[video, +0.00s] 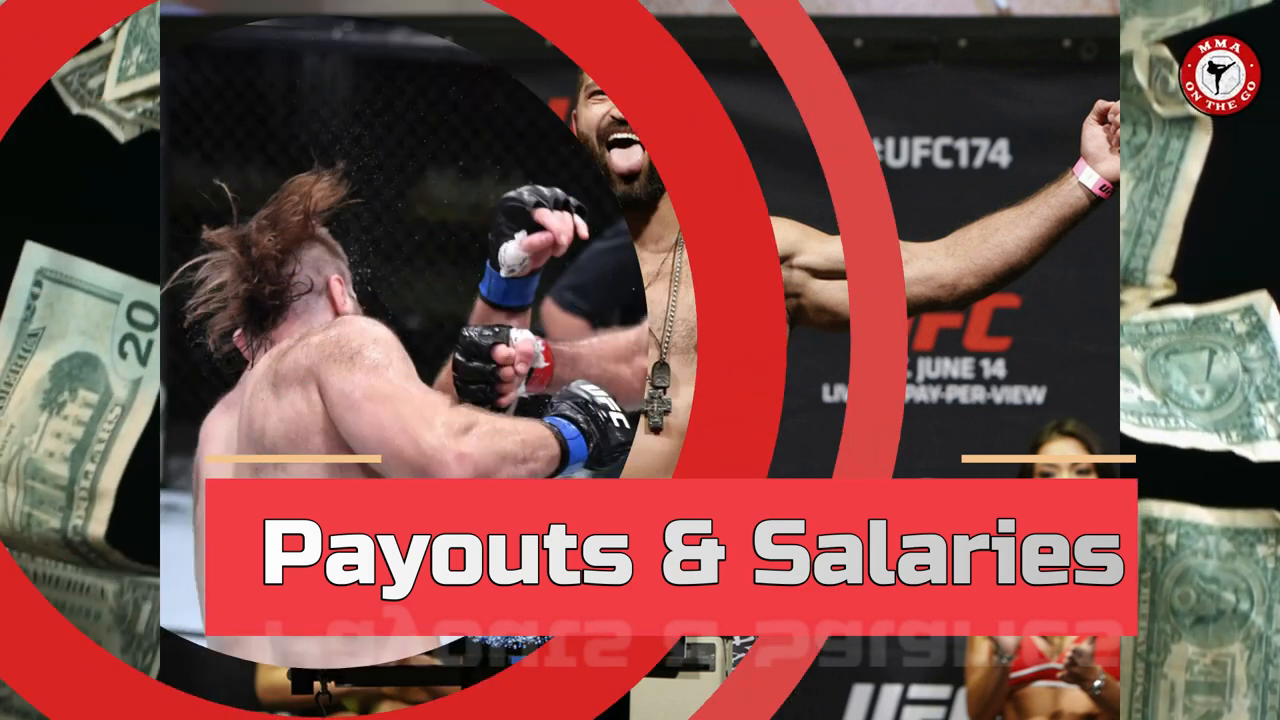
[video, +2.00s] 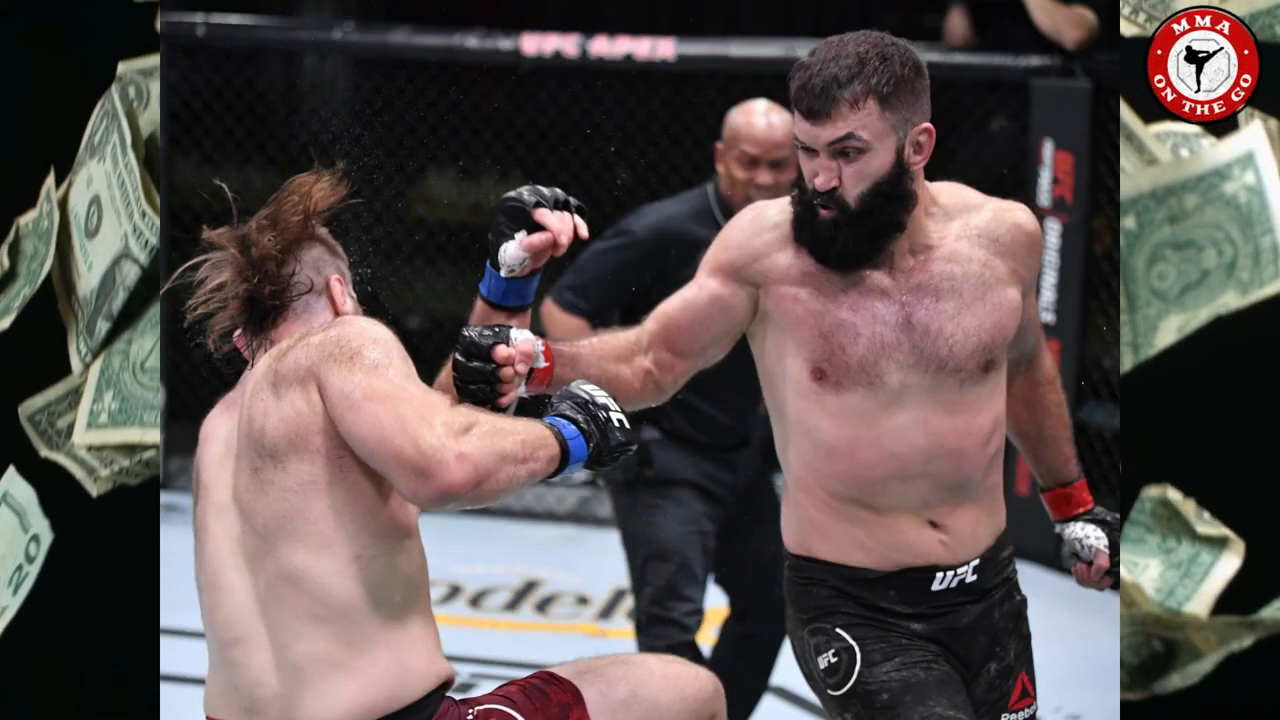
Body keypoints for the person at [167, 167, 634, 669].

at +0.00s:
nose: (360, 310)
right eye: (356, 294)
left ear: (243, 345)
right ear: (338, 294)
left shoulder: (216, 426)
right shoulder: (345, 342)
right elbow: (452, 455)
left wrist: (509, 280)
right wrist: (575, 430)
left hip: (274, 689)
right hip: (407, 673)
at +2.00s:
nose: (364, 309)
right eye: (357, 291)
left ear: (243, 345)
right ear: (340, 290)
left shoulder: (217, 426)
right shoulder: (344, 346)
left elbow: (445, 429)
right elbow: (447, 467)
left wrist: (509, 282)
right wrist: (576, 431)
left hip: (240, 712)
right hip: (397, 708)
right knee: (691, 687)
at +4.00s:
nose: (362, 307)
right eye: (355, 289)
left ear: (243, 345)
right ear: (340, 290)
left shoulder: (217, 427)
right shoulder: (344, 346)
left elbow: (443, 431)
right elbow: (446, 467)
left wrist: (508, 284)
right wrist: (576, 431)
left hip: (239, 713)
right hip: (396, 709)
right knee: (691, 687)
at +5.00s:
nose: (364, 308)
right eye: (356, 292)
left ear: (242, 343)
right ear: (340, 292)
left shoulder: (217, 426)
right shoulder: (344, 346)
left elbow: (443, 428)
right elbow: (447, 467)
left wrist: (508, 283)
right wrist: (576, 431)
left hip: (239, 713)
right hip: (396, 710)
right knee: (692, 688)